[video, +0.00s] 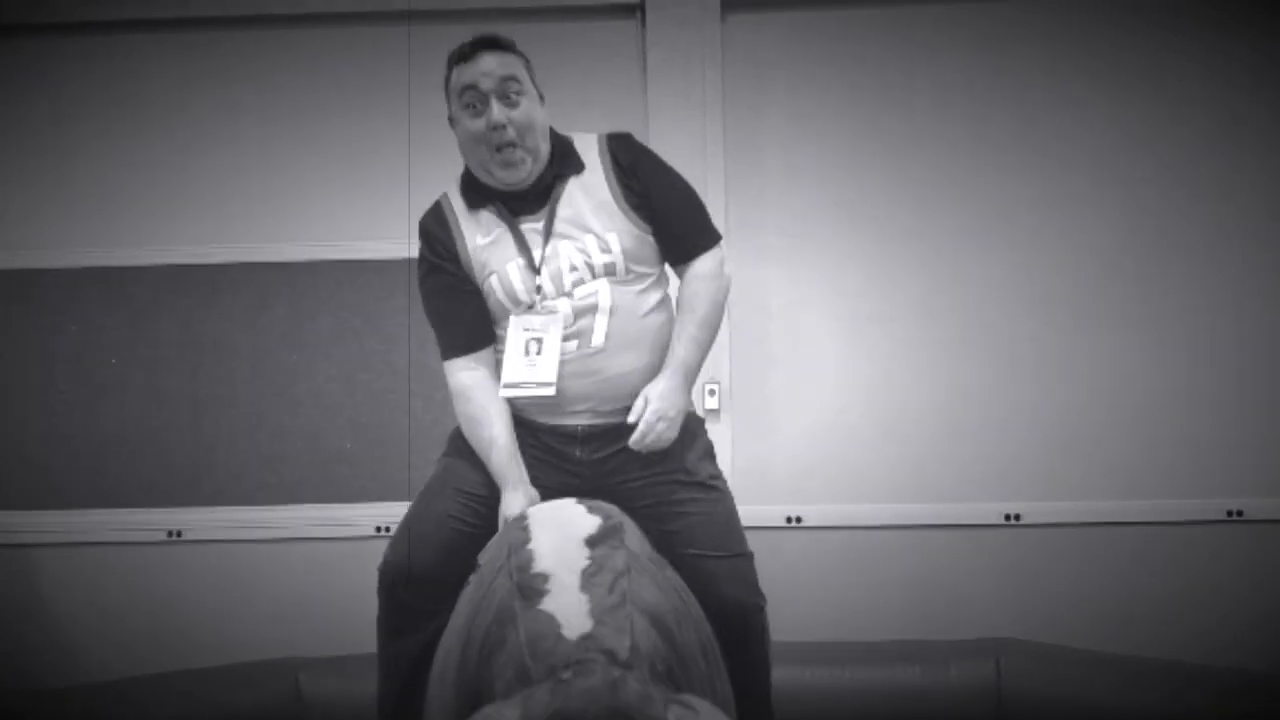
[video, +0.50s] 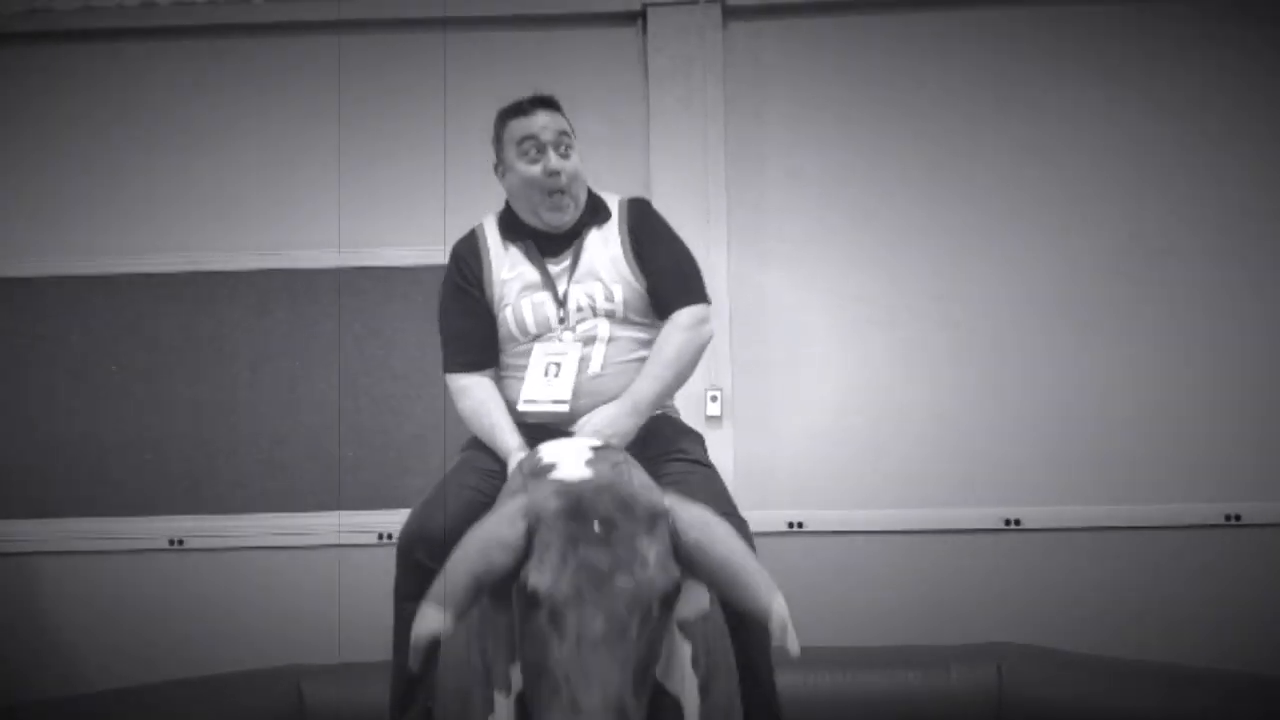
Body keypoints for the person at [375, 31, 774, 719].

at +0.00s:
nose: (497, 118)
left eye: (512, 95)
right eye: (474, 104)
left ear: (542, 103)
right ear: (453, 126)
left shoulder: (619, 161)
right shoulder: (447, 228)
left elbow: (707, 263)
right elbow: (470, 373)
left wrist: (677, 378)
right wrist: (513, 482)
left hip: (651, 441)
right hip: (513, 448)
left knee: (735, 604)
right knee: (411, 574)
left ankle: (750, 718)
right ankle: (406, 715)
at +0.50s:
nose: (553, 164)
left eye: (563, 146)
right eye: (531, 151)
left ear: (580, 156)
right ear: (502, 173)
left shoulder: (632, 221)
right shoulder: (476, 254)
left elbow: (693, 319)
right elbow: (467, 376)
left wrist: (631, 410)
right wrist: (514, 450)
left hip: (641, 428)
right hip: (522, 437)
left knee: (726, 545)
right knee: (424, 542)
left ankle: (758, 708)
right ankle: (411, 707)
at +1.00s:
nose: (572, 218)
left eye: (582, 206)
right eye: (555, 207)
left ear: (597, 221)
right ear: (529, 227)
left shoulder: (628, 272)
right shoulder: (500, 287)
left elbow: (654, 351)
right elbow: (479, 383)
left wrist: (595, 415)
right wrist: (521, 437)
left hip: (625, 422)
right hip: (528, 430)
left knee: (728, 511)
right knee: (441, 519)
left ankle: (742, 659)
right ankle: (420, 666)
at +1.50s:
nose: (561, 164)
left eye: (572, 153)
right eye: (545, 153)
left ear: (586, 170)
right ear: (517, 172)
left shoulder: (617, 230)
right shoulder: (485, 239)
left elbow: (628, 318)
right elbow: (474, 336)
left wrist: (567, 399)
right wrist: (509, 405)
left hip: (607, 390)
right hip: (510, 396)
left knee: (695, 498)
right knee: (438, 479)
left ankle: (728, 682)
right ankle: (421, 675)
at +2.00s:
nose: (533, 64)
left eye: (534, 51)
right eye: (509, 56)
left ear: (547, 65)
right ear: (474, 87)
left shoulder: (605, 132)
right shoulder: (466, 172)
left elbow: (699, 155)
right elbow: (474, 284)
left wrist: (765, 111)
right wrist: (508, 371)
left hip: (626, 339)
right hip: (519, 346)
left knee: (700, 476)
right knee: (434, 456)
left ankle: (725, 663)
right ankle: (418, 652)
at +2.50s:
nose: (519, 51)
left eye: (516, 45)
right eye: (496, 47)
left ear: (527, 66)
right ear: (461, 86)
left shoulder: (596, 112)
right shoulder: (465, 158)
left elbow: (670, 75)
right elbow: (485, 276)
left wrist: (681, 3)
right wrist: (514, 371)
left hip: (637, 328)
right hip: (521, 336)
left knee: (710, 480)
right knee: (438, 466)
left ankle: (730, 666)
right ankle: (419, 669)